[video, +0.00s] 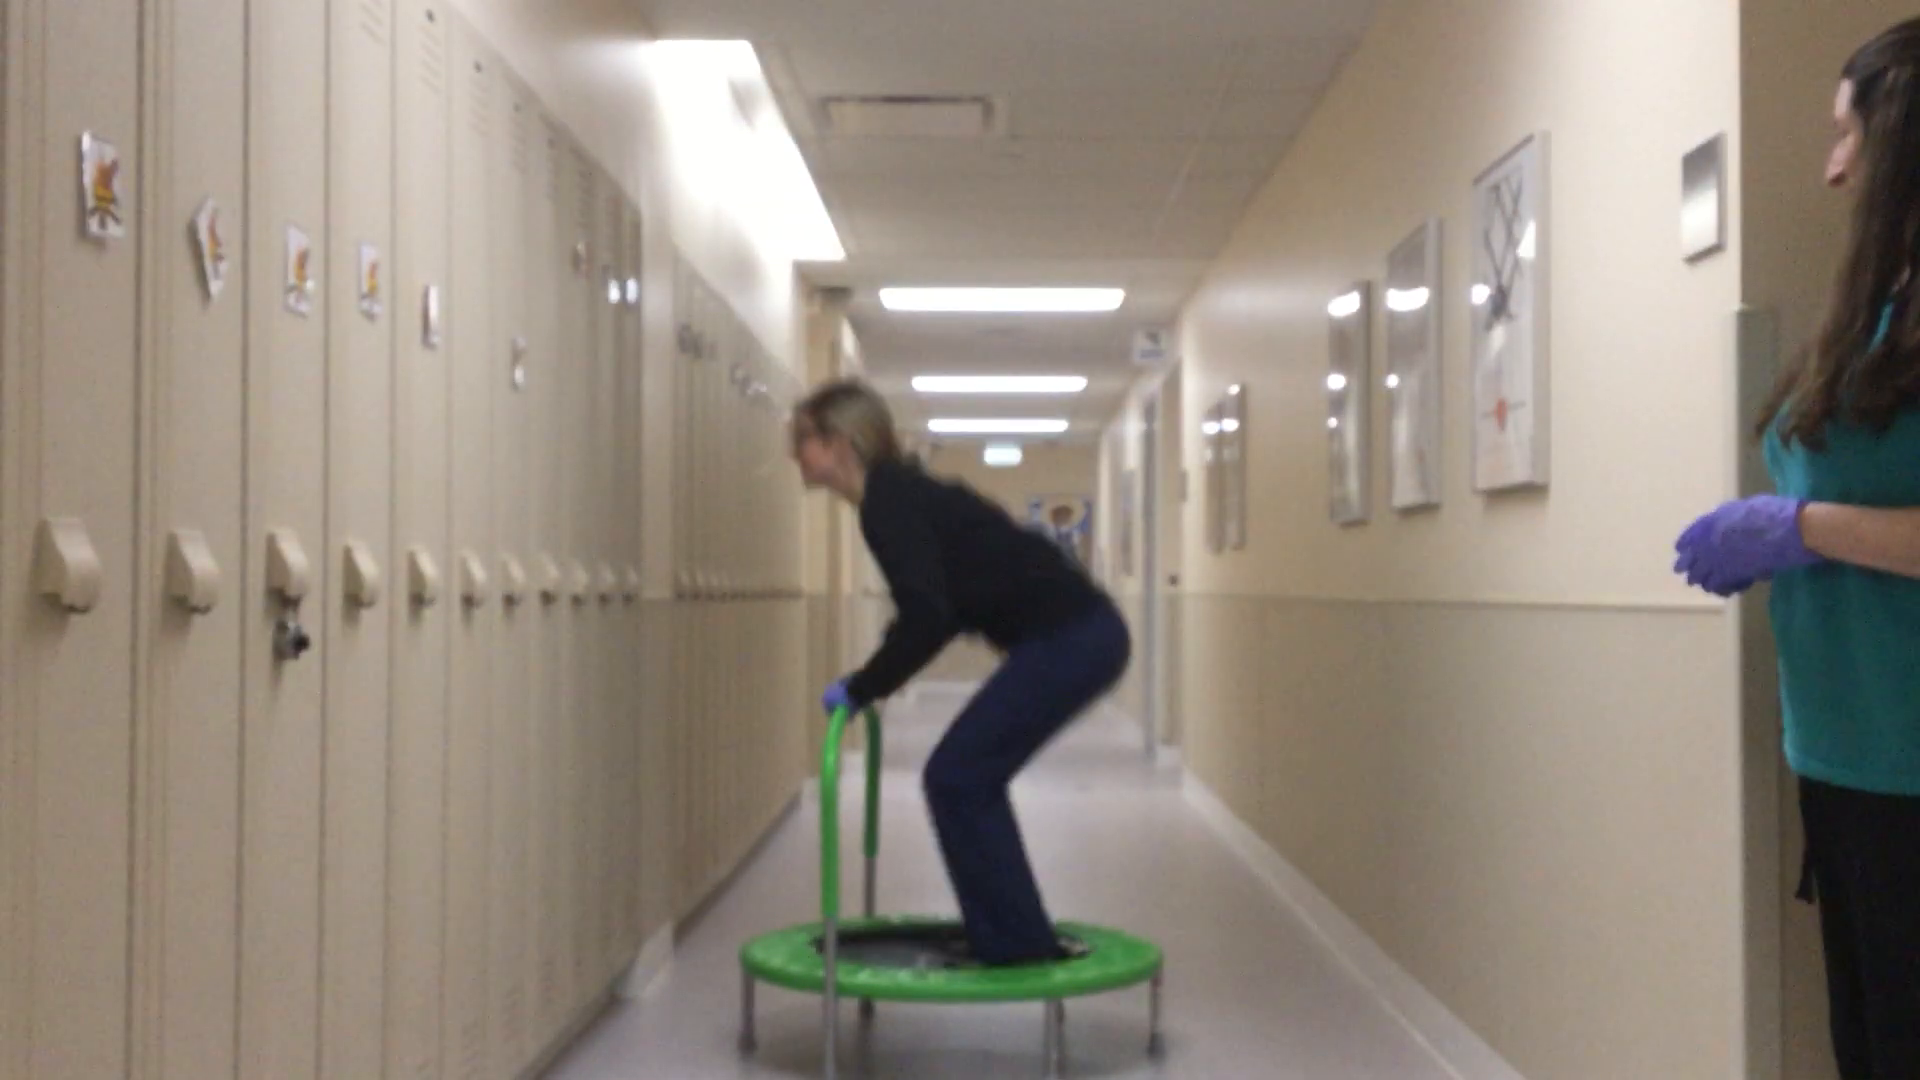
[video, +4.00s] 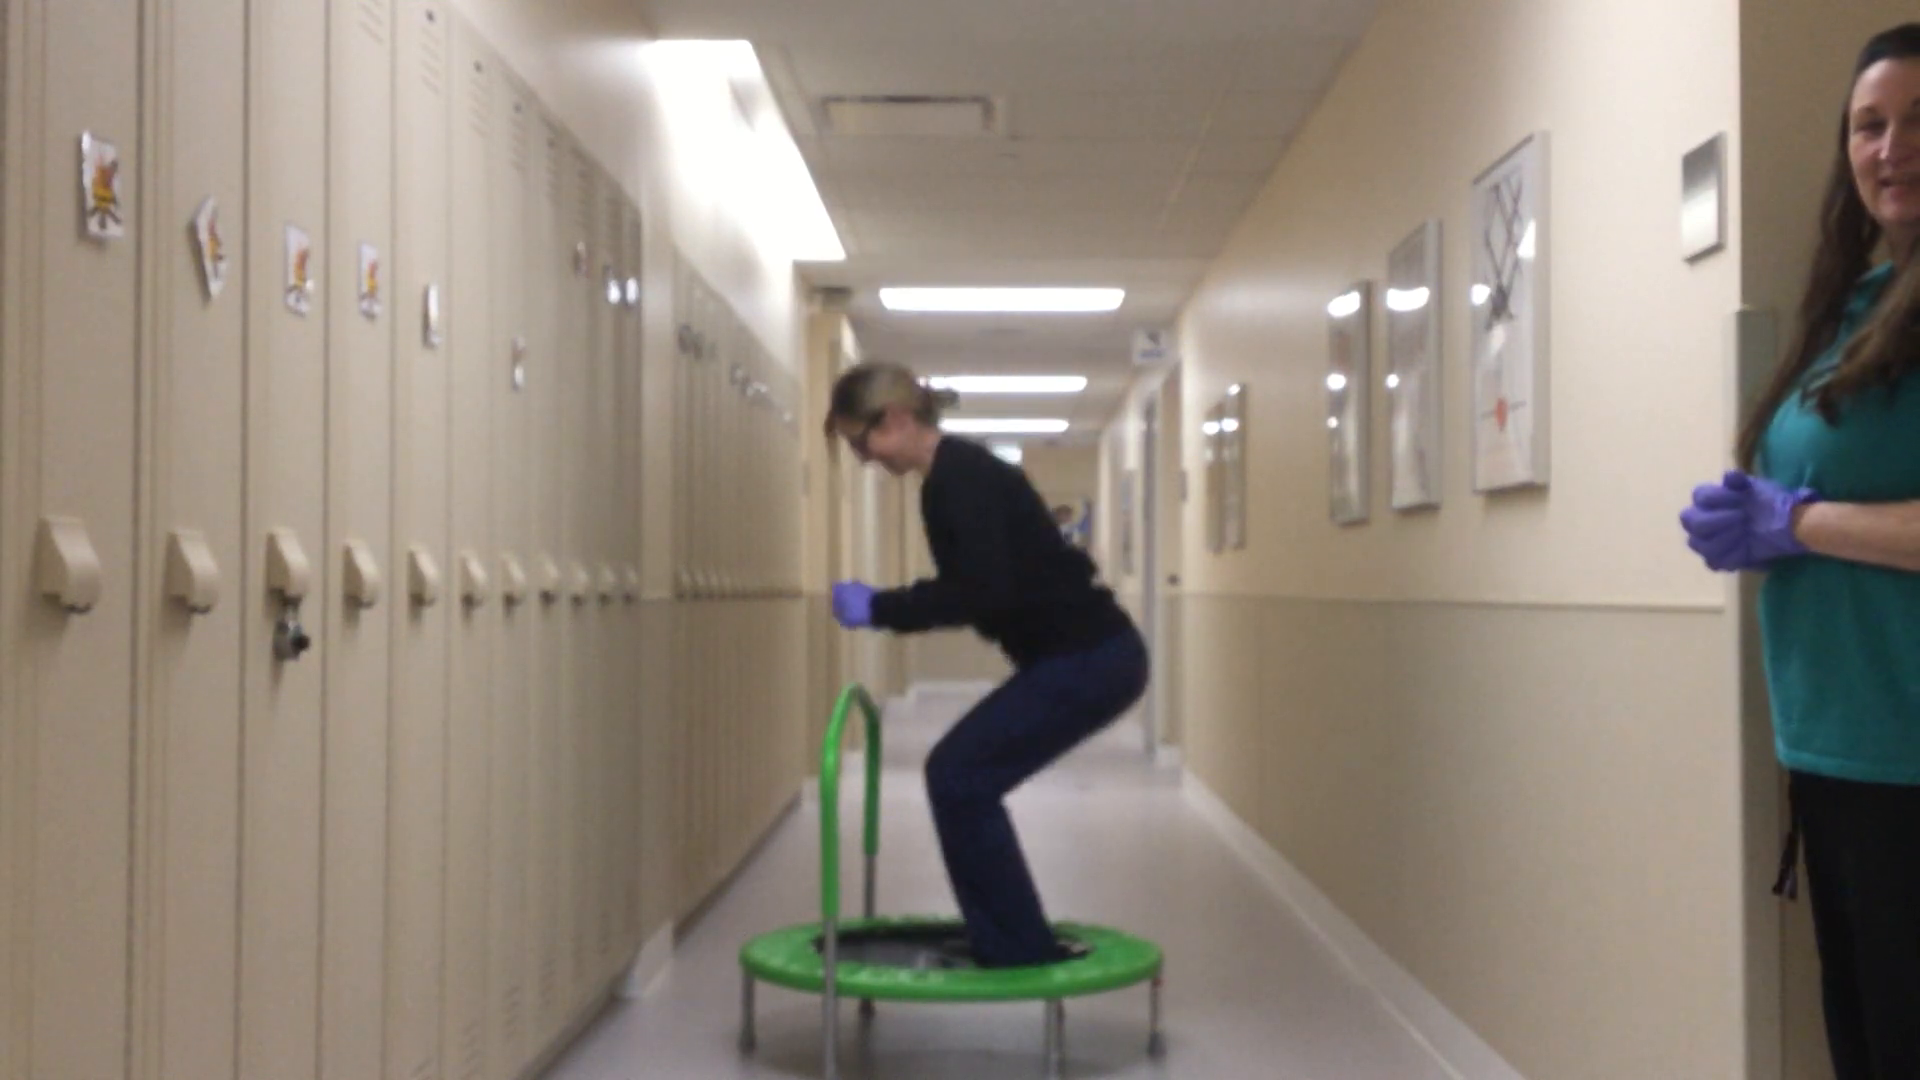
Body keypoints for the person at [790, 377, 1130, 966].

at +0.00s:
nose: (796, 458)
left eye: (802, 443)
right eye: (796, 444)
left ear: (836, 446)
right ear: (841, 446)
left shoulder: (892, 500)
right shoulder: (895, 496)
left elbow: (932, 616)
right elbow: (934, 614)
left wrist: (864, 686)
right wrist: (865, 682)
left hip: (1073, 640)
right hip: (1076, 636)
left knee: (955, 776)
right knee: (966, 776)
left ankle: (1012, 942)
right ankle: (1016, 937)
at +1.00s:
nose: (798, 488)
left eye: (805, 473)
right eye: (799, 473)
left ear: (839, 475)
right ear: (841, 477)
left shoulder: (894, 538)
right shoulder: (891, 536)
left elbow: (931, 641)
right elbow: (928, 641)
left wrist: (858, 691)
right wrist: (861, 687)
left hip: (1064, 688)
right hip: (1056, 685)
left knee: (922, 795)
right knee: (919, 792)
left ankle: (993, 943)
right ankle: (987, 937)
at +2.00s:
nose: (839, 497)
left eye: (845, 481)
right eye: (840, 482)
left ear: (878, 482)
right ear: (881, 483)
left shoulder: (933, 550)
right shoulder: (927, 549)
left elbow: (975, 662)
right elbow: (970, 663)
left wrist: (892, 705)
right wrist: (894, 698)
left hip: (1095, 707)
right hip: (1082, 703)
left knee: (943, 790)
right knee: (937, 787)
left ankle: (1018, 937)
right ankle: (999, 935)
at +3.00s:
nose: (862, 442)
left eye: (859, 426)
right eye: (854, 432)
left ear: (888, 404)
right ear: (894, 406)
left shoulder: (954, 463)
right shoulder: (951, 459)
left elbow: (979, 589)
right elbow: (977, 590)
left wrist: (916, 679)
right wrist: (916, 675)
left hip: (1094, 644)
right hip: (1086, 641)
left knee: (963, 767)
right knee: (961, 765)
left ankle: (1011, 937)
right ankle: (1002, 932)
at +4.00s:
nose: (866, 456)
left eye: (865, 440)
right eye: (857, 446)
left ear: (897, 418)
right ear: (899, 421)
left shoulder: (963, 478)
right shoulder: (951, 479)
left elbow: (977, 594)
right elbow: (967, 592)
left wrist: (880, 607)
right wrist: (881, 606)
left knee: (959, 772)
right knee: (954, 769)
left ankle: (1017, 945)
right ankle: (1008, 938)